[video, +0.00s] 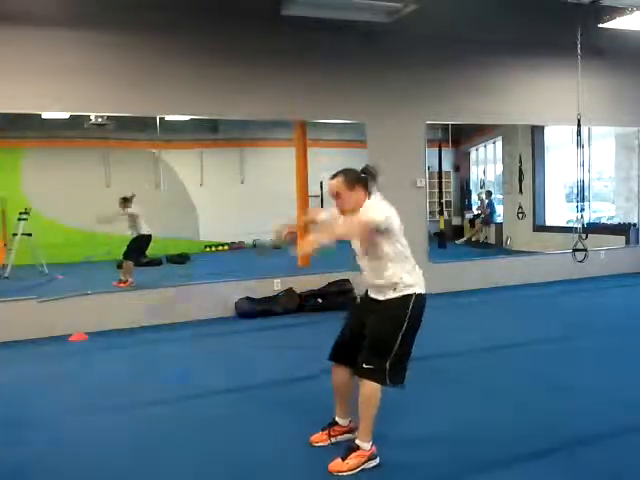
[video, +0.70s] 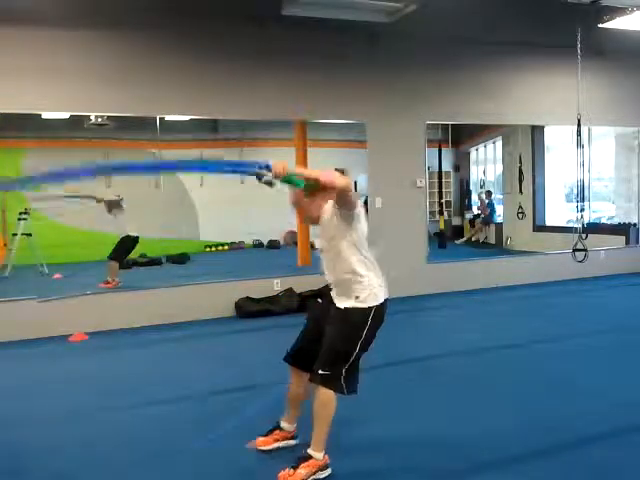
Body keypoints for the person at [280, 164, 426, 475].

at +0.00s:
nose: (335, 202)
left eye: (339, 195)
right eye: (333, 196)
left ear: (358, 191)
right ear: (347, 195)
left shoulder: (378, 210)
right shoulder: (349, 213)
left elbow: (357, 228)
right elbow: (323, 218)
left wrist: (318, 239)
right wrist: (301, 226)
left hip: (403, 294)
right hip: (375, 293)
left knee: (370, 369)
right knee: (342, 359)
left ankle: (365, 447)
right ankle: (344, 423)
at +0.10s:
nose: (325, 210)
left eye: (328, 203)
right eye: (322, 204)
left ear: (346, 196)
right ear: (326, 201)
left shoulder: (370, 213)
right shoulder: (343, 219)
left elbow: (358, 186)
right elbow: (318, 193)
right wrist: (289, 183)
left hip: (396, 296)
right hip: (367, 294)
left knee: (359, 366)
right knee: (332, 355)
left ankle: (358, 446)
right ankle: (336, 422)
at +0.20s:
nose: (311, 233)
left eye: (315, 226)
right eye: (307, 228)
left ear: (331, 220)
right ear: (309, 226)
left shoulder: (353, 239)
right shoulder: (327, 239)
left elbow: (353, 231)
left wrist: (311, 198)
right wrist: (294, 206)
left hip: (392, 307)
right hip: (363, 305)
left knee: (351, 379)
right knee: (324, 365)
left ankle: (333, 455)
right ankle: (312, 427)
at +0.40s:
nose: (291, 241)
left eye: (296, 235)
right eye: (291, 236)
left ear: (317, 236)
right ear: (311, 238)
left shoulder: (343, 260)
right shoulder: (316, 260)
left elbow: (353, 317)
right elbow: (314, 295)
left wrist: (328, 361)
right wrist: (297, 327)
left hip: (385, 315)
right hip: (354, 311)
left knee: (341, 380)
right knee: (317, 365)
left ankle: (330, 456)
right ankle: (312, 428)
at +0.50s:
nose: (316, 212)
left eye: (319, 205)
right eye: (314, 207)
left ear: (338, 199)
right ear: (332, 200)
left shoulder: (363, 225)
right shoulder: (328, 225)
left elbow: (350, 267)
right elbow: (304, 248)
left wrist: (311, 288)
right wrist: (276, 266)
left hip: (375, 305)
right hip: (345, 301)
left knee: (336, 377)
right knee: (312, 364)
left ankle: (330, 456)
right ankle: (312, 427)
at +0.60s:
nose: (321, 192)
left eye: (324, 186)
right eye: (320, 187)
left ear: (344, 183)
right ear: (323, 188)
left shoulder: (368, 203)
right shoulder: (331, 205)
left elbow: (345, 196)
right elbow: (305, 189)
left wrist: (297, 199)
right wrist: (275, 194)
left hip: (369, 298)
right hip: (340, 292)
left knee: (328, 372)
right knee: (301, 360)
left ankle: (326, 451)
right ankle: (309, 421)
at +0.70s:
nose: (298, 213)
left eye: (300, 206)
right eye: (296, 207)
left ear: (317, 197)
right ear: (304, 199)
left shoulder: (344, 214)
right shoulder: (323, 218)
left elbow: (343, 191)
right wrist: (288, 177)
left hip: (363, 303)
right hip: (336, 296)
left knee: (325, 377)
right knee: (299, 363)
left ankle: (317, 456)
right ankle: (288, 428)